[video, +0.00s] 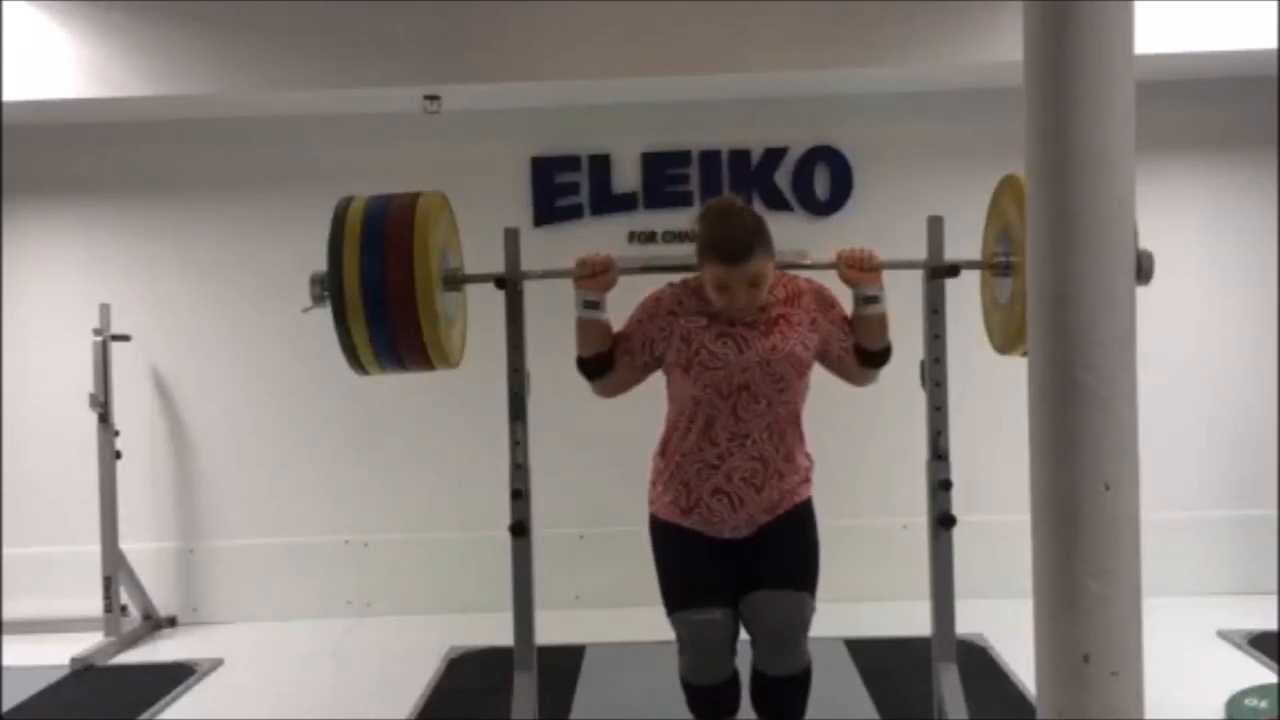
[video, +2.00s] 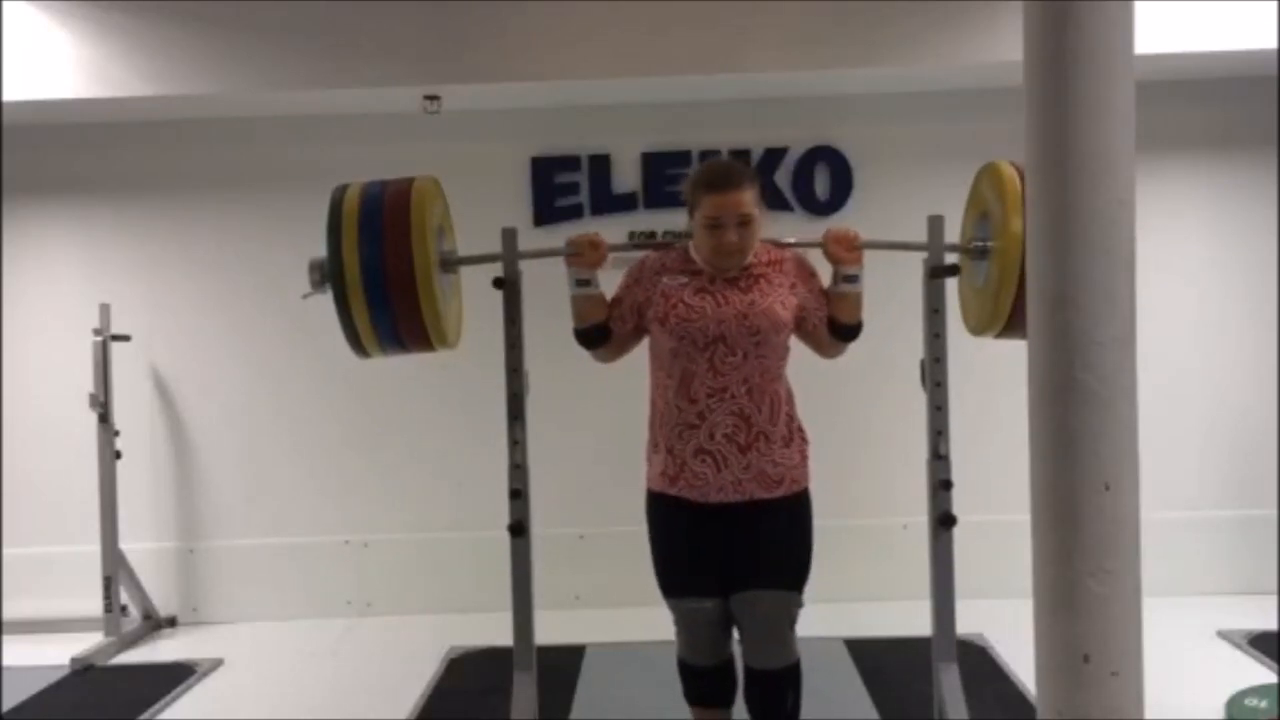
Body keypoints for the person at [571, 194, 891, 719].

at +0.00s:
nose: (738, 299)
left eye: (752, 283)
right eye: (722, 287)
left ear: (770, 264)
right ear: (700, 269)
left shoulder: (803, 303)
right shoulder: (672, 310)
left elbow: (863, 370)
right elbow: (607, 380)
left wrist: (869, 295)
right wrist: (590, 302)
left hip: (779, 513)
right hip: (688, 518)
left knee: (784, 653)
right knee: (705, 659)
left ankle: (782, 718)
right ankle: (714, 716)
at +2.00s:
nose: (729, 239)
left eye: (742, 224)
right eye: (714, 225)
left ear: (760, 219)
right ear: (692, 222)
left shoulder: (786, 269)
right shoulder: (656, 272)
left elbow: (833, 341)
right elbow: (604, 345)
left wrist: (848, 274)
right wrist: (584, 278)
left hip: (771, 490)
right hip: (683, 492)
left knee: (770, 642)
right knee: (700, 647)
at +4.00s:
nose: (702, 243)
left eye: (712, 231)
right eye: (689, 233)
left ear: (726, 230)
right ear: (668, 233)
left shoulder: (750, 275)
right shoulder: (640, 276)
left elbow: (791, 336)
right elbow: (594, 337)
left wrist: (803, 282)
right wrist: (580, 278)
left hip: (744, 454)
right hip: (665, 457)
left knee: (766, 577)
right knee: (670, 581)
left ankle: (796, 695)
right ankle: (665, 701)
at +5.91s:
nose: (722, 227)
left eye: (732, 217)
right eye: (709, 218)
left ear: (747, 224)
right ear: (690, 228)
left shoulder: (773, 277)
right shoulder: (664, 280)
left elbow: (814, 338)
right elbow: (618, 341)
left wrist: (827, 283)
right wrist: (604, 282)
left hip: (764, 458)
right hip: (687, 460)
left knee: (772, 579)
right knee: (686, 581)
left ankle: (800, 695)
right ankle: (666, 698)